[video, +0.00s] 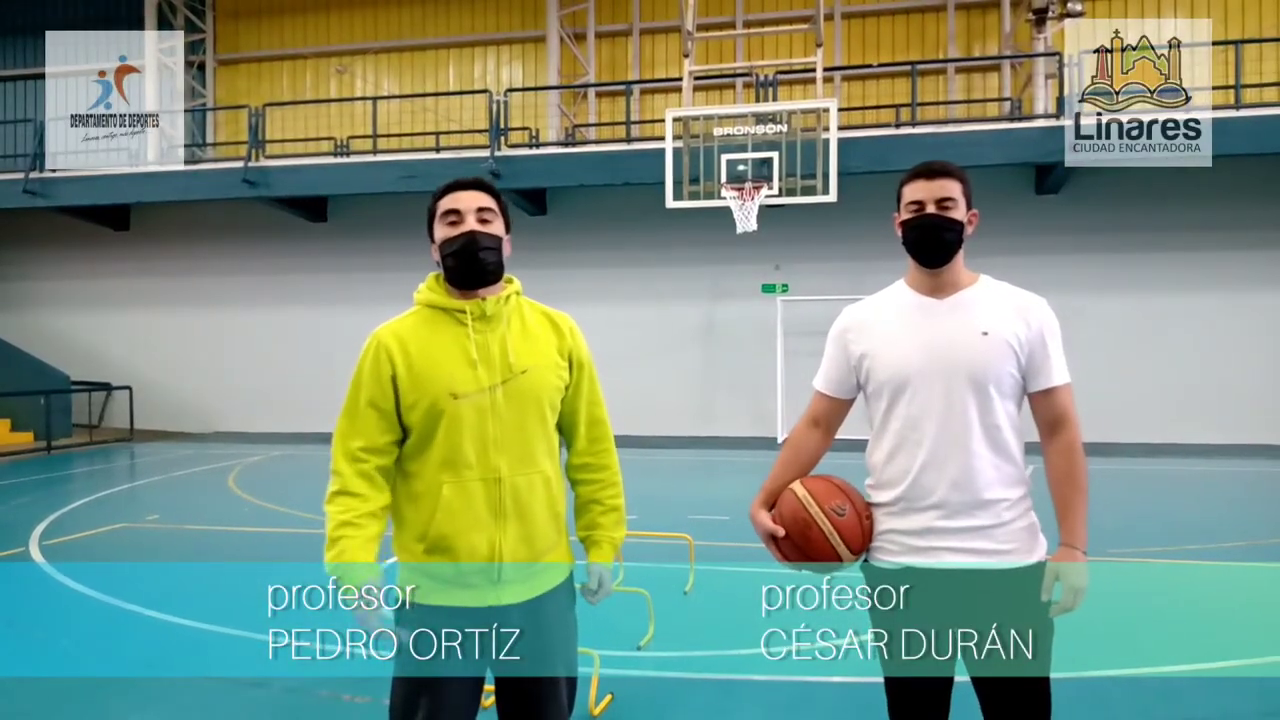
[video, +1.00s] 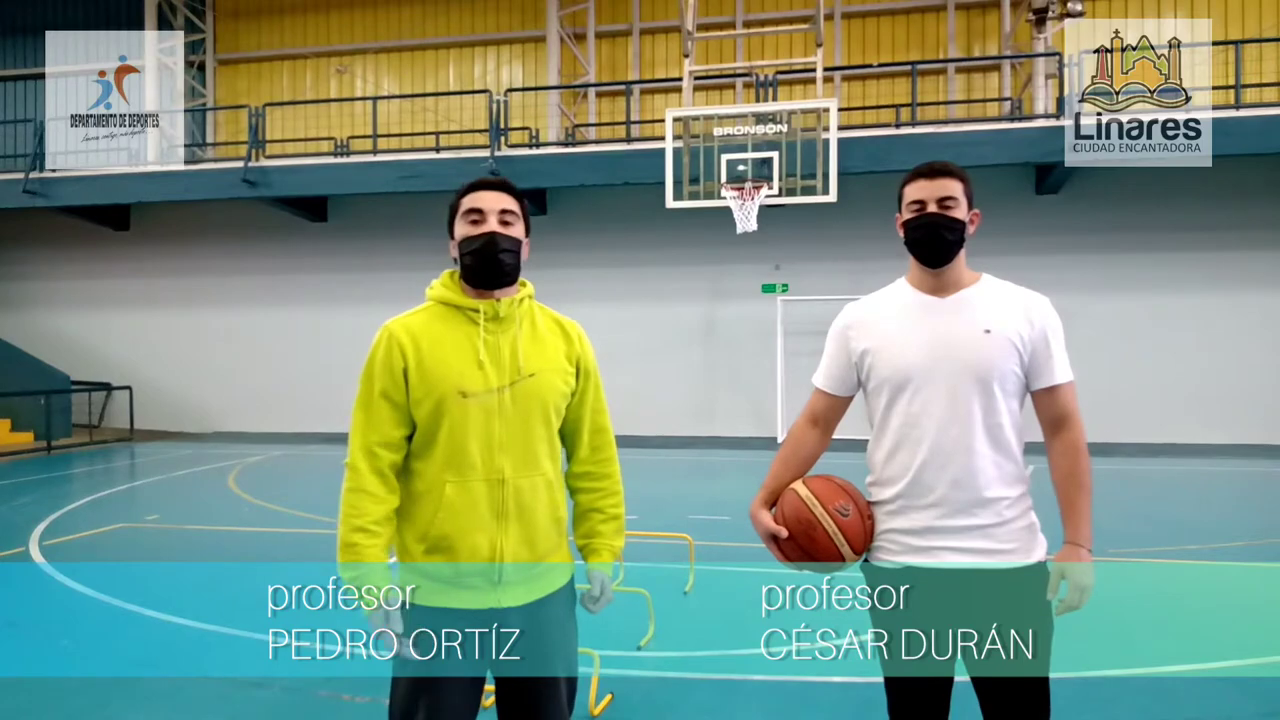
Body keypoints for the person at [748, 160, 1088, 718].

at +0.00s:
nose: (929, 217)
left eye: (945, 206)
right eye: (915, 208)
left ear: (971, 220)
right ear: (897, 226)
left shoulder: (1024, 315)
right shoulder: (860, 323)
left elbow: (1060, 432)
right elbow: (816, 425)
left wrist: (1072, 545)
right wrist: (761, 502)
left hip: (1005, 561)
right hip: (901, 562)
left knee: (1020, 710)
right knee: (914, 713)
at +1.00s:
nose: (931, 216)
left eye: (946, 205)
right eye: (916, 208)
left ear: (972, 220)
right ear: (899, 226)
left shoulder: (1026, 313)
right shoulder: (860, 322)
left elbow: (1063, 430)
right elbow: (815, 423)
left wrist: (1077, 543)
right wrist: (761, 502)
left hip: (1006, 561)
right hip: (903, 562)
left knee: (1019, 711)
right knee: (914, 713)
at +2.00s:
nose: (931, 215)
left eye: (945, 204)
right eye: (916, 208)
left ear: (972, 220)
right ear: (898, 229)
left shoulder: (1026, 315)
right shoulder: (863, 324)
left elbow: (1062, 430)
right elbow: (818, 426)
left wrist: (1078, 542)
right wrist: (765, 505)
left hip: (1008, 559)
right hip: (906, 561)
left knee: (1022, 711)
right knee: (916, 712)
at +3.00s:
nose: (911, 218)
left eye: (925, 206)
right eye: (897, 214)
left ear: (958, 219)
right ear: (889, 237)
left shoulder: (1018, 313)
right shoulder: (859, 324)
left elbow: (1061, 437)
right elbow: (814, 424)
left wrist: (1029, 376)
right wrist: (760, 491)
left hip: (994, 555)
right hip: (893, 555)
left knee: (1014, 709)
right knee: (907, 713)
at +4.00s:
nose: (906, 241)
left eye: (919, 232)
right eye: (891, 236)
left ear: (943, 252)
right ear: (877, 259)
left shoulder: (1000, 330)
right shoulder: (849, 350)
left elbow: (1031, 439)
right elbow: (833, 458)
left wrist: (1033, 536)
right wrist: (828, 552)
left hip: (993, 551)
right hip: (899, 557)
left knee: (1019, 700)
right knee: (910, 703)